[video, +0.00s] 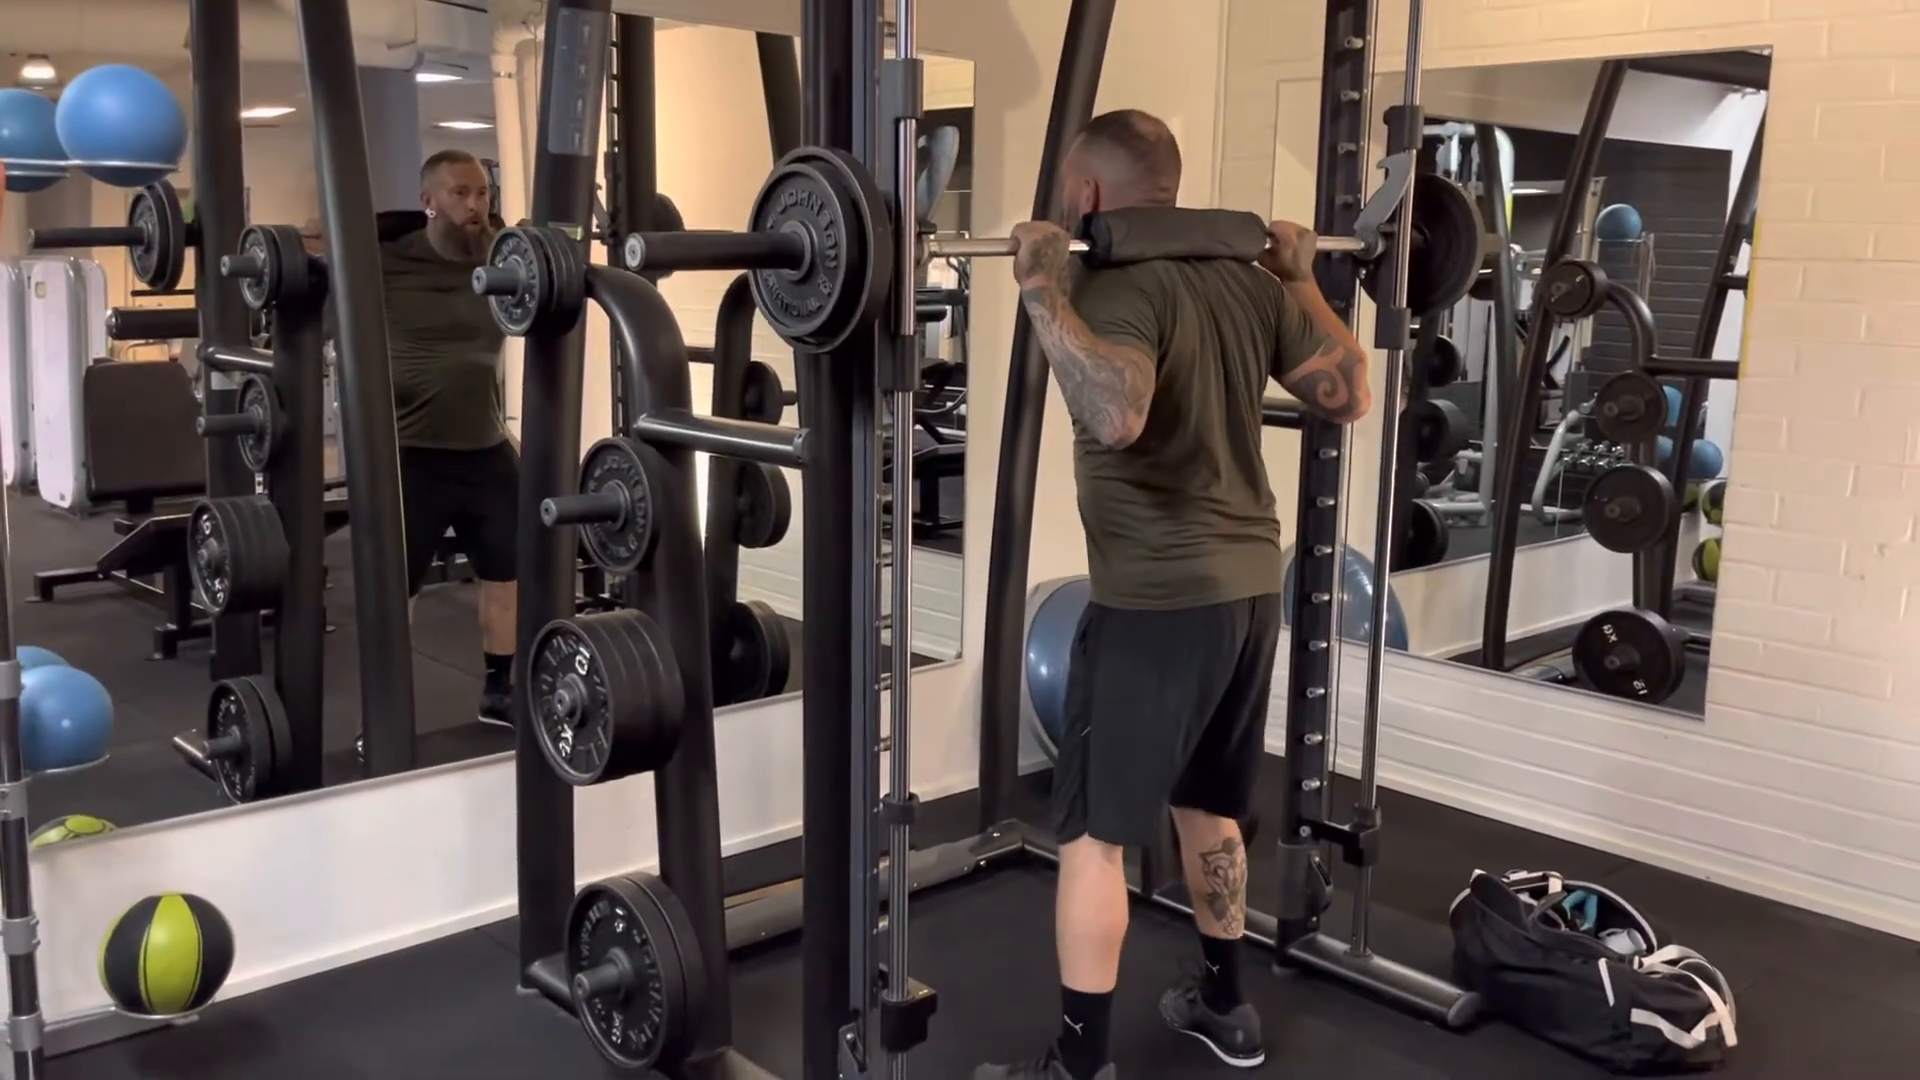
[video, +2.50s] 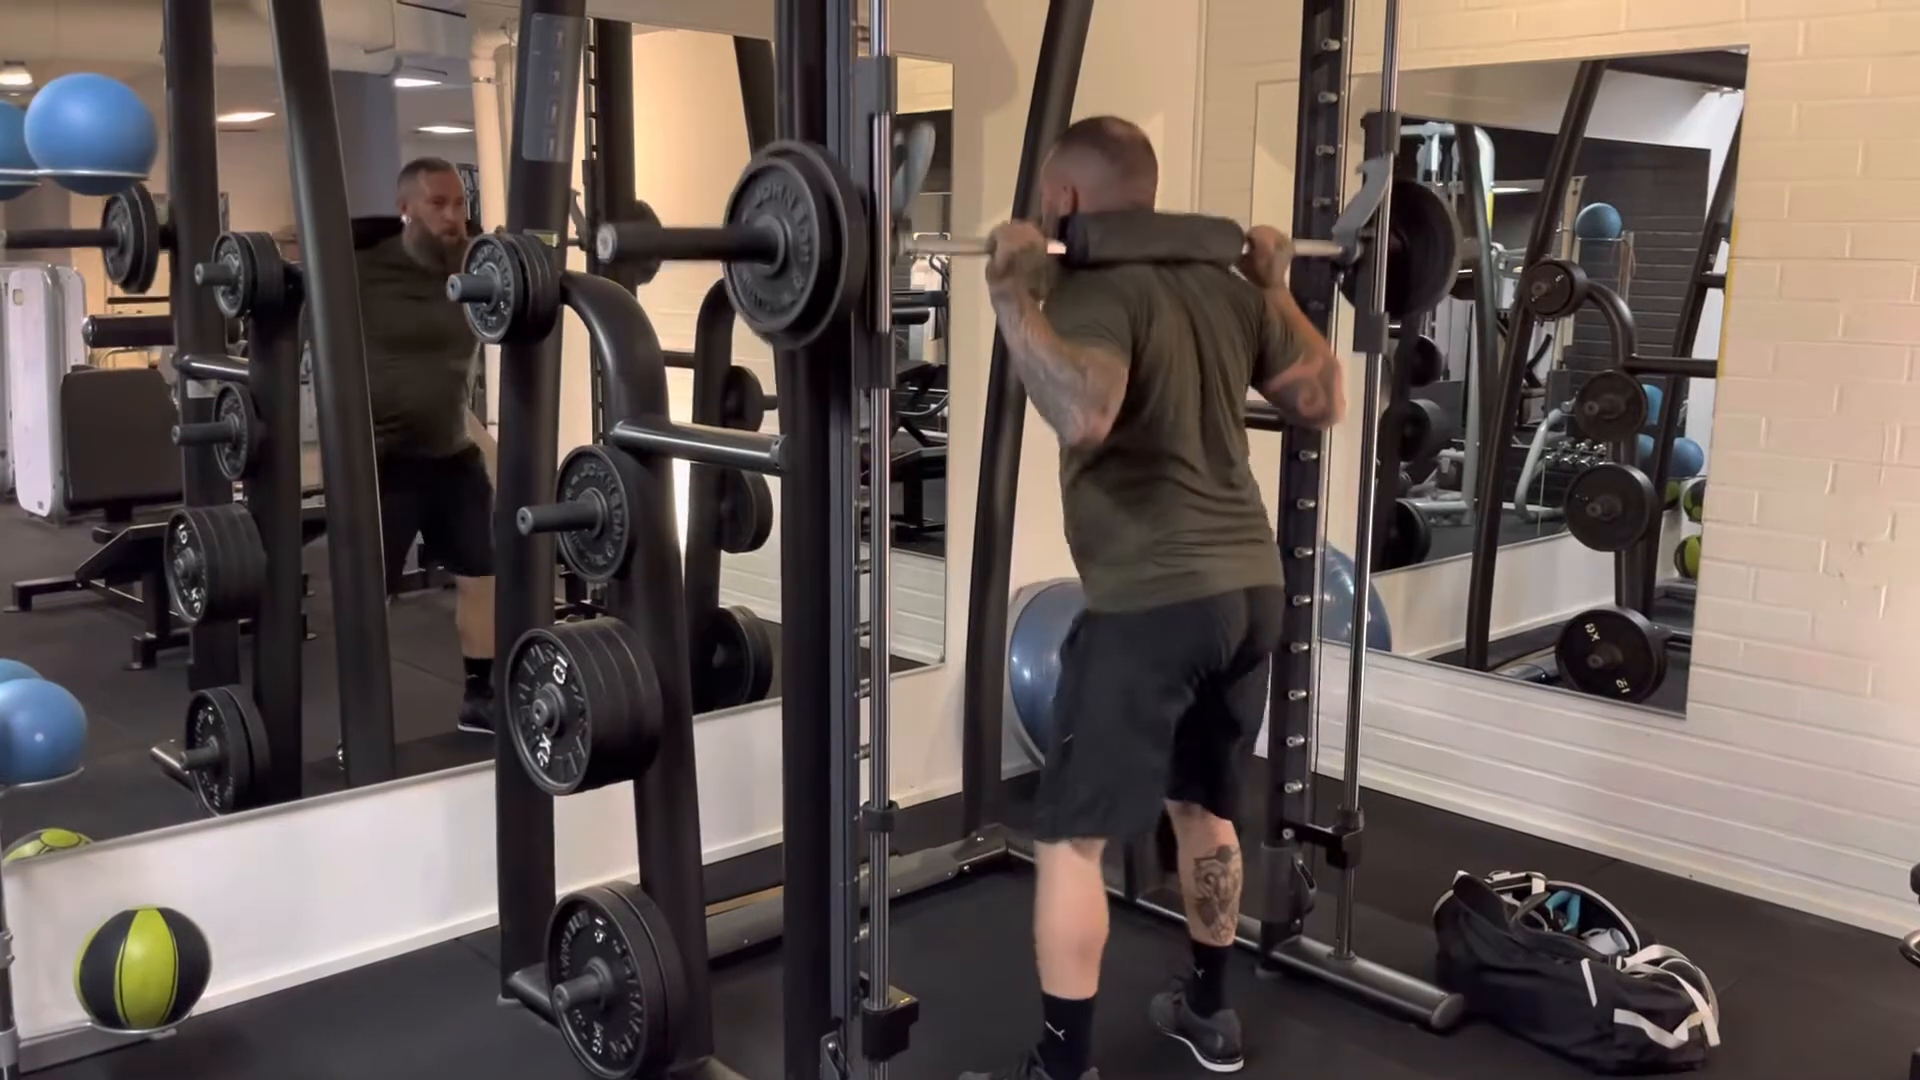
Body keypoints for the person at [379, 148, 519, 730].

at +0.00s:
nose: (477, 203)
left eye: (483, 193)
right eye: (463, 192)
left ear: (491, 200)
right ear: (430, 200)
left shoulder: (495, 260)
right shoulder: (381, 262)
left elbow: (552, 269)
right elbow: (302, 242)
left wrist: (499, 241)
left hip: (485, 449)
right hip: (406, 452)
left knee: (506, 566)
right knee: (392, 587)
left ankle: (501, 690)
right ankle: (382, 711)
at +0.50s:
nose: (474, 193)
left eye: (480, 182)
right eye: (459, 182)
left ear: (487, 190)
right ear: (426, 190)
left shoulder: (493, 255)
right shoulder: (378, 256)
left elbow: (543, 273)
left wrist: (496, 232)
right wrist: (298, 248)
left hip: (479, 441)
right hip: (401, 444)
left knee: (496, 563)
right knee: (388, 578)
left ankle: (496, 684)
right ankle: (378, 699)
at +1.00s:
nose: (468, 306)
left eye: (471, 293)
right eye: (454, 294)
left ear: (479, 294)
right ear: (422, 297)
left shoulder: (485, 350)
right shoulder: (380, 352)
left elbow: (510, 396)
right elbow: (304, 396)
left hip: (454, 498)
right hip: (388, 502)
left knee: (526, 559)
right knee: (377, 602)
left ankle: (494, 683)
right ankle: (371, 717)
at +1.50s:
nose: (465, 429)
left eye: (473, 415)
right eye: (451, 416)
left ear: (481, 414)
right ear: (419, 419)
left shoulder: (488, 464)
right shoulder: (375, 474)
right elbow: (296, 525)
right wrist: (300, 477)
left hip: (451, 584)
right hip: (385, 590)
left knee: (521, 577)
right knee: (368, 612)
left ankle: (489, 685)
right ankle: (366, 723)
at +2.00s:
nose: (458, 367)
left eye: (465, 353)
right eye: (444, 354)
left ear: (473, 354)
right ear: (411, 360)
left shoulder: (478, 410)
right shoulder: (374, 414)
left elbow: (508, 450)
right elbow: (292, 466)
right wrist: (296, 414)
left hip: (441, 541)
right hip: (373, 545)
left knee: (517, 579)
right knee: (364, 609)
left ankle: (484, 691)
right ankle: (359, 721)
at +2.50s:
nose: (454, 216)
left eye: (460, 203)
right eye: (439, 204)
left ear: (466, 207)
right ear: (406, 209)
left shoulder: (472, 270)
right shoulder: (360, 272)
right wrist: (275, 262)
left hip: (453, 451)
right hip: (380, 455)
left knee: (480, 568)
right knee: (365, 590)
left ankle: (482, 696)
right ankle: (360, 714)